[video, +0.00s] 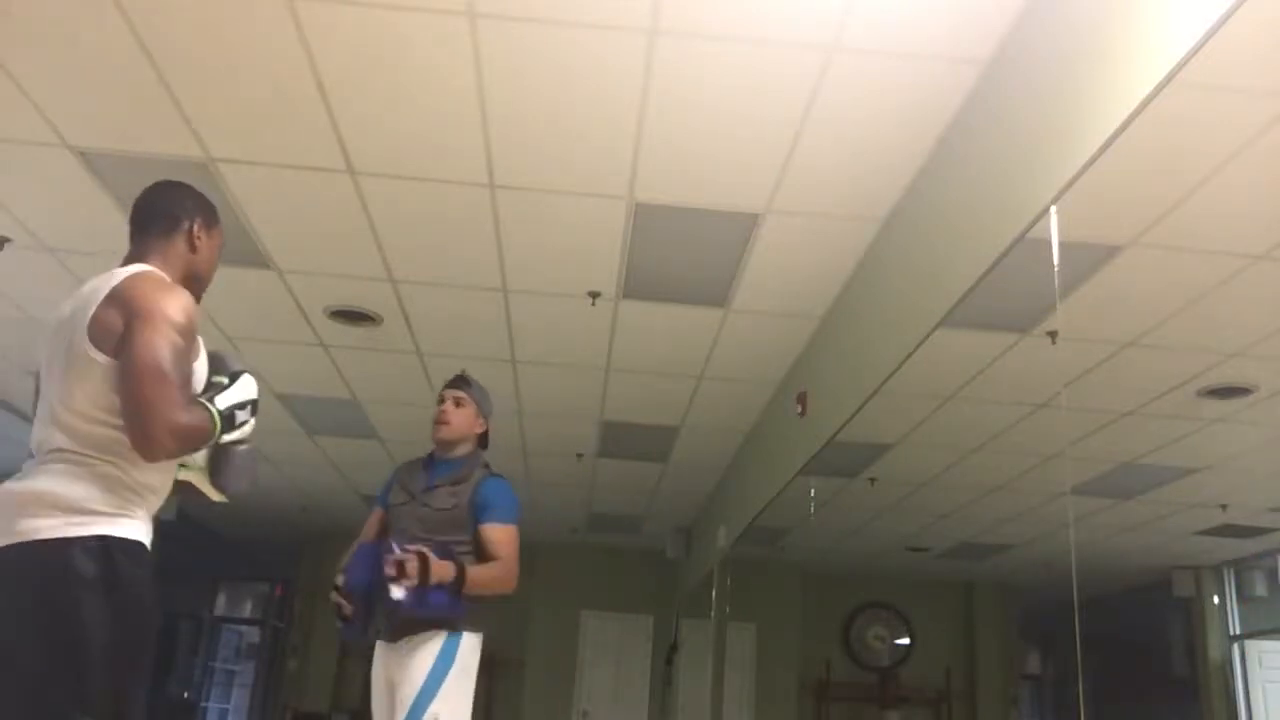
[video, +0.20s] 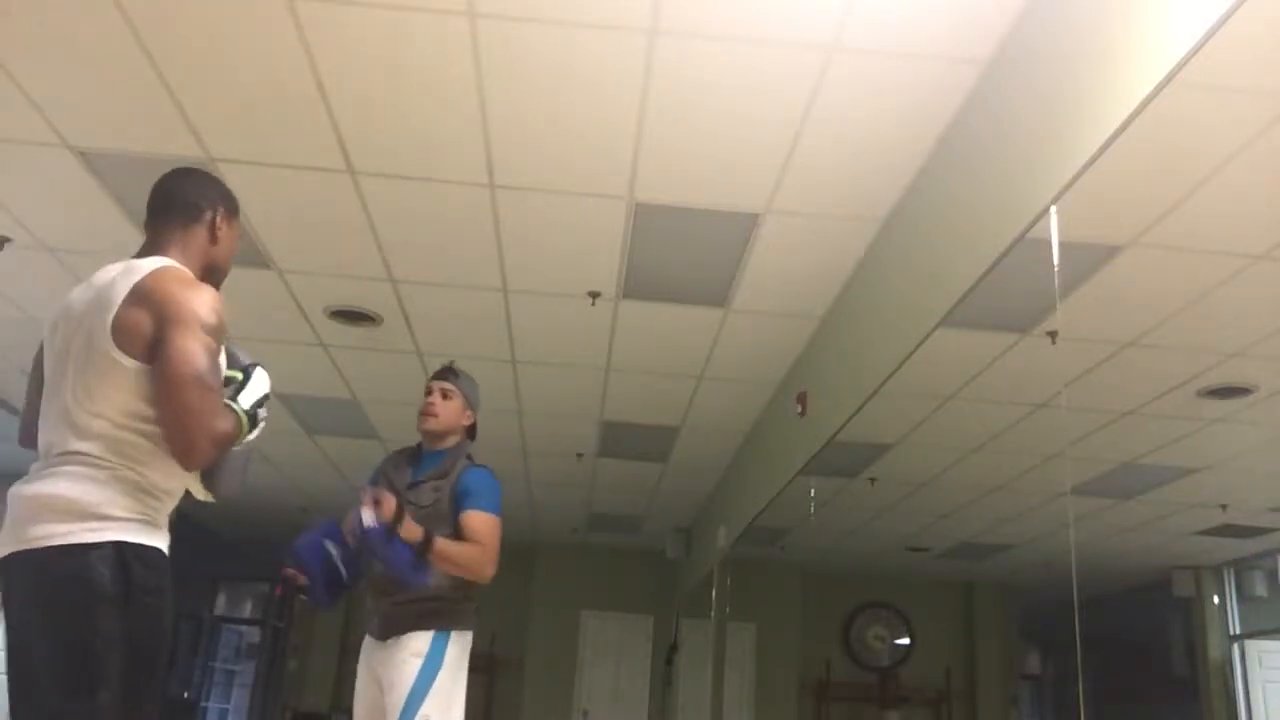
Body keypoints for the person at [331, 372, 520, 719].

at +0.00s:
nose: (443, 408)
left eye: (457, 403)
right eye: (441, 401)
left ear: (480, 424)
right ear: (432, 413)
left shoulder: (489, 488)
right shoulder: (404, 476)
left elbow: (506, 575)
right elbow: (366, 542)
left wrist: (442, 572)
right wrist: (347, 581)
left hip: (445, 640)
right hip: (390, 637)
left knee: (427, 712)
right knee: (387, 712)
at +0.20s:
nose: (430, 400)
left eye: (445, 395)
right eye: (428, 393)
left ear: (468, 417)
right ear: (420, 406)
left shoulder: (474, 478)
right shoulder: (395, 465)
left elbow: (484, 564)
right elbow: (355, 529)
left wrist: (406, 528)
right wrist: (316, 567)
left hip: (433, 636)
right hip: (381, 632)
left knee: (417, 712)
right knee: (367, 712)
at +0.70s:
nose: (391, 419)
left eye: (404, 413)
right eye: (387, 411)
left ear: (427, 428)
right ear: (380, 419)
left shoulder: (434, 482)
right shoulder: (356, 480)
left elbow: (434, 563)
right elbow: (336, 545)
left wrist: (368, 531)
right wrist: (291, 547)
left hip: (392, 634)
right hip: (343, 628)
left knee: (372, 712)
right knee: (327, 712)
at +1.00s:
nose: (388, 412)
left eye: (402, 407)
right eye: (384, 405)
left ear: (419, 430)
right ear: (372, 414)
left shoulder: (424, 484)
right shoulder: (343, 477)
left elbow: (446, 561)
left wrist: (389, 530)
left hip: (382, 623)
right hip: (328, 615)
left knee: (367, 710)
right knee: (317, 708)